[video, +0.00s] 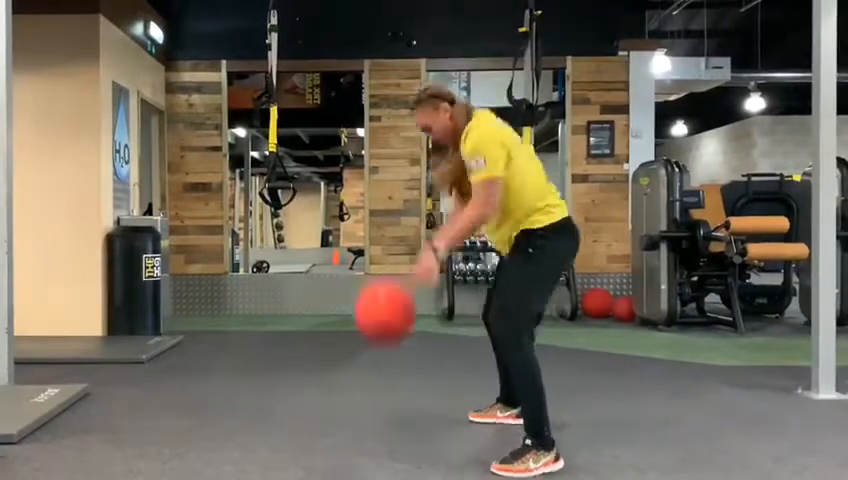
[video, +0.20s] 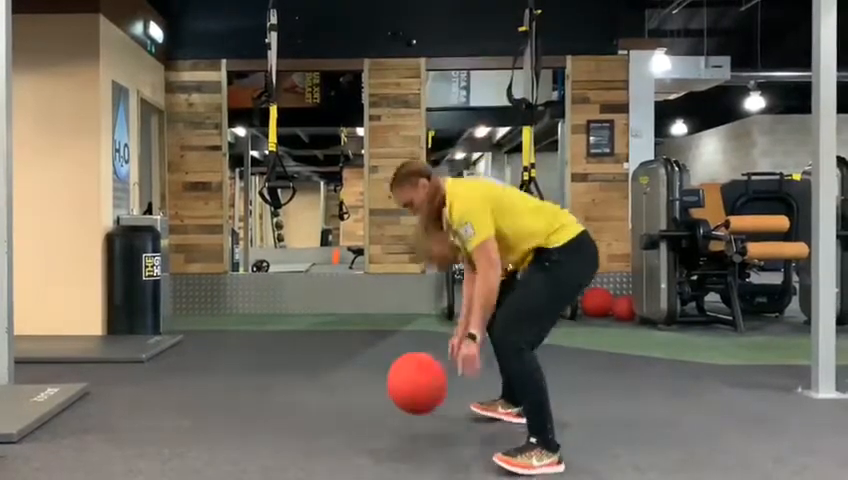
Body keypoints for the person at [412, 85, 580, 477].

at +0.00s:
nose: (430, 138)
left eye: (429, 128)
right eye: (426, 131)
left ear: (447, 111)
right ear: (446, 113)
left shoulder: (482, 134)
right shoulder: (470, 137)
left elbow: (485, 204)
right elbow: (468, 201)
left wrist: (438, 247)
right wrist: (440, 243)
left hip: (548, 235)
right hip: (528, 237)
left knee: (509, 324)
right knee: (495, 317)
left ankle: (541, 445)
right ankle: (512, 403)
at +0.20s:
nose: (411, 213)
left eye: (410, 204)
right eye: (406, 208)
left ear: (426, 184)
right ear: (424, 187)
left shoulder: (465, 201)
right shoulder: (451, 206)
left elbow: (489, 268)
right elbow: (472, 270)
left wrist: (475, 335)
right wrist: (463, 329)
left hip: (568, 251)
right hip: (545, 252)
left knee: (511, 335)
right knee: (498, 323)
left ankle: (546, 447)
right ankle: (513, 401)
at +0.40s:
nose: (408, 277)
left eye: (405, 270)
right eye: (402, 273)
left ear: (418, 251)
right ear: (418, 251)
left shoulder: (456, 257)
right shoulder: (445, 253)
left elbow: (462, 338)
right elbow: (456, 330)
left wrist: (449, 405)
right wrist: (443, 388)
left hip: (574, 258)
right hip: (554, 255)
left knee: (509, 333)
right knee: (493, 315)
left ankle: (544, 448)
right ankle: (512, 402)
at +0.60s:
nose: (398, 326)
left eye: (394, 319)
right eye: (392, 322)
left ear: (403, 301)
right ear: (404, 294)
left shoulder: (440, 301)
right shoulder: (429, 292)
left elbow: (455, 379)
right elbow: (447, 367)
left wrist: (449, 447)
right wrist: (442, 418)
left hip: (545, 233)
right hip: (524, 245)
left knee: (581, 336)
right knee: (537, 325)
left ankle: (689, 408)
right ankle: (612, 375)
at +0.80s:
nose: (366, 328)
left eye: (365, 319)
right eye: (361, 322)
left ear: (379, 303)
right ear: (377, 303)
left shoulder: (423, 307)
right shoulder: (410, 306)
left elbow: (447, 377)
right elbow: (442, 369)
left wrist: (449, 446)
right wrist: (441, 415)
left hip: (540, 319)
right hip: (531, 320)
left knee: (627, 376)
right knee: (622, 369)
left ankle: (747, 407)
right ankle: (707, 390)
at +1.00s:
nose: (385, 326)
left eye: (380, 320)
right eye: (378, 322)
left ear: (389, 301)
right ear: (392, 292)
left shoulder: (443, 304)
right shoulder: (432, 297)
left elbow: (456, 377)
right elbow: (448, 366)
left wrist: (451, 446)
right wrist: (440, 416)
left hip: (554, 343)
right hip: (550, 339)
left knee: (636, 405)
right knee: (628, 388)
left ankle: (756, 411)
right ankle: (712, 390)